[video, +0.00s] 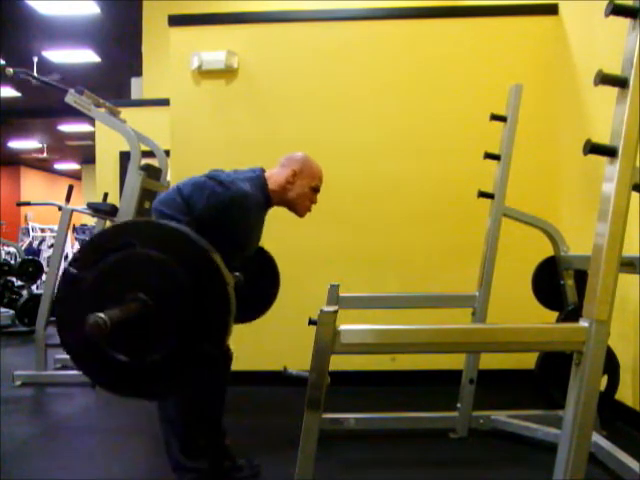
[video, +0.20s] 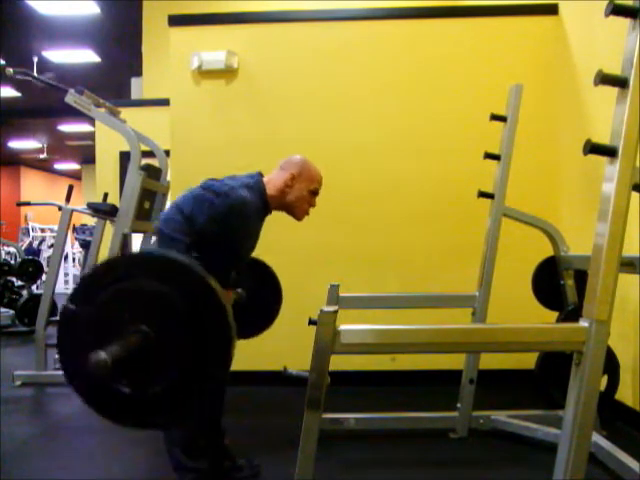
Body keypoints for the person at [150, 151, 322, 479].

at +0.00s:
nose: (315, 201)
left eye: (317, 193)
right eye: (313, 190)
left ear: (290, 178)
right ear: (290, 177)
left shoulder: (252, 202)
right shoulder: (238, 196)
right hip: (167, 293)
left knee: (210, 365)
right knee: (196, 369)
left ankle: (205, 455)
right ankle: (196, 461)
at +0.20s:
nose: (313, 204)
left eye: (316, 196)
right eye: (312, 193)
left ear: (288, 182)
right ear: (290, 181)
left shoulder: (251, 207)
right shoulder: (236, 200)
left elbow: (219, 258)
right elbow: (170, 245)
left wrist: (227, 287)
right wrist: (213, 286)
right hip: (173, 300)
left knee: (206, 380)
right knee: (193, 382)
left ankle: (206, 456)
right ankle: (196, 462)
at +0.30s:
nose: (308, 202)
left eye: (310, 194)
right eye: (306, 192)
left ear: (280, 181)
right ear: (282, 181)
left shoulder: (247, 208)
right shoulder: (232, 202)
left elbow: (218, 264)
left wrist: (230, 301)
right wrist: (226, 305)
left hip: (174, 280)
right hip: (156, 279)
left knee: (211, 355)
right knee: (205, 356)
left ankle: (200, 453)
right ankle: (202, 454)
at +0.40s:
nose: (307, 204)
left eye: (309, 196)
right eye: (304, 194)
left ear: (277, 186)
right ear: (279, 185)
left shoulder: (245, 216)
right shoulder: (224, 209)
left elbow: (224, 276)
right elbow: (187, 277)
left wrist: (231, 321)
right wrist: (211, 330)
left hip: (173, 287)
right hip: (149, 286)